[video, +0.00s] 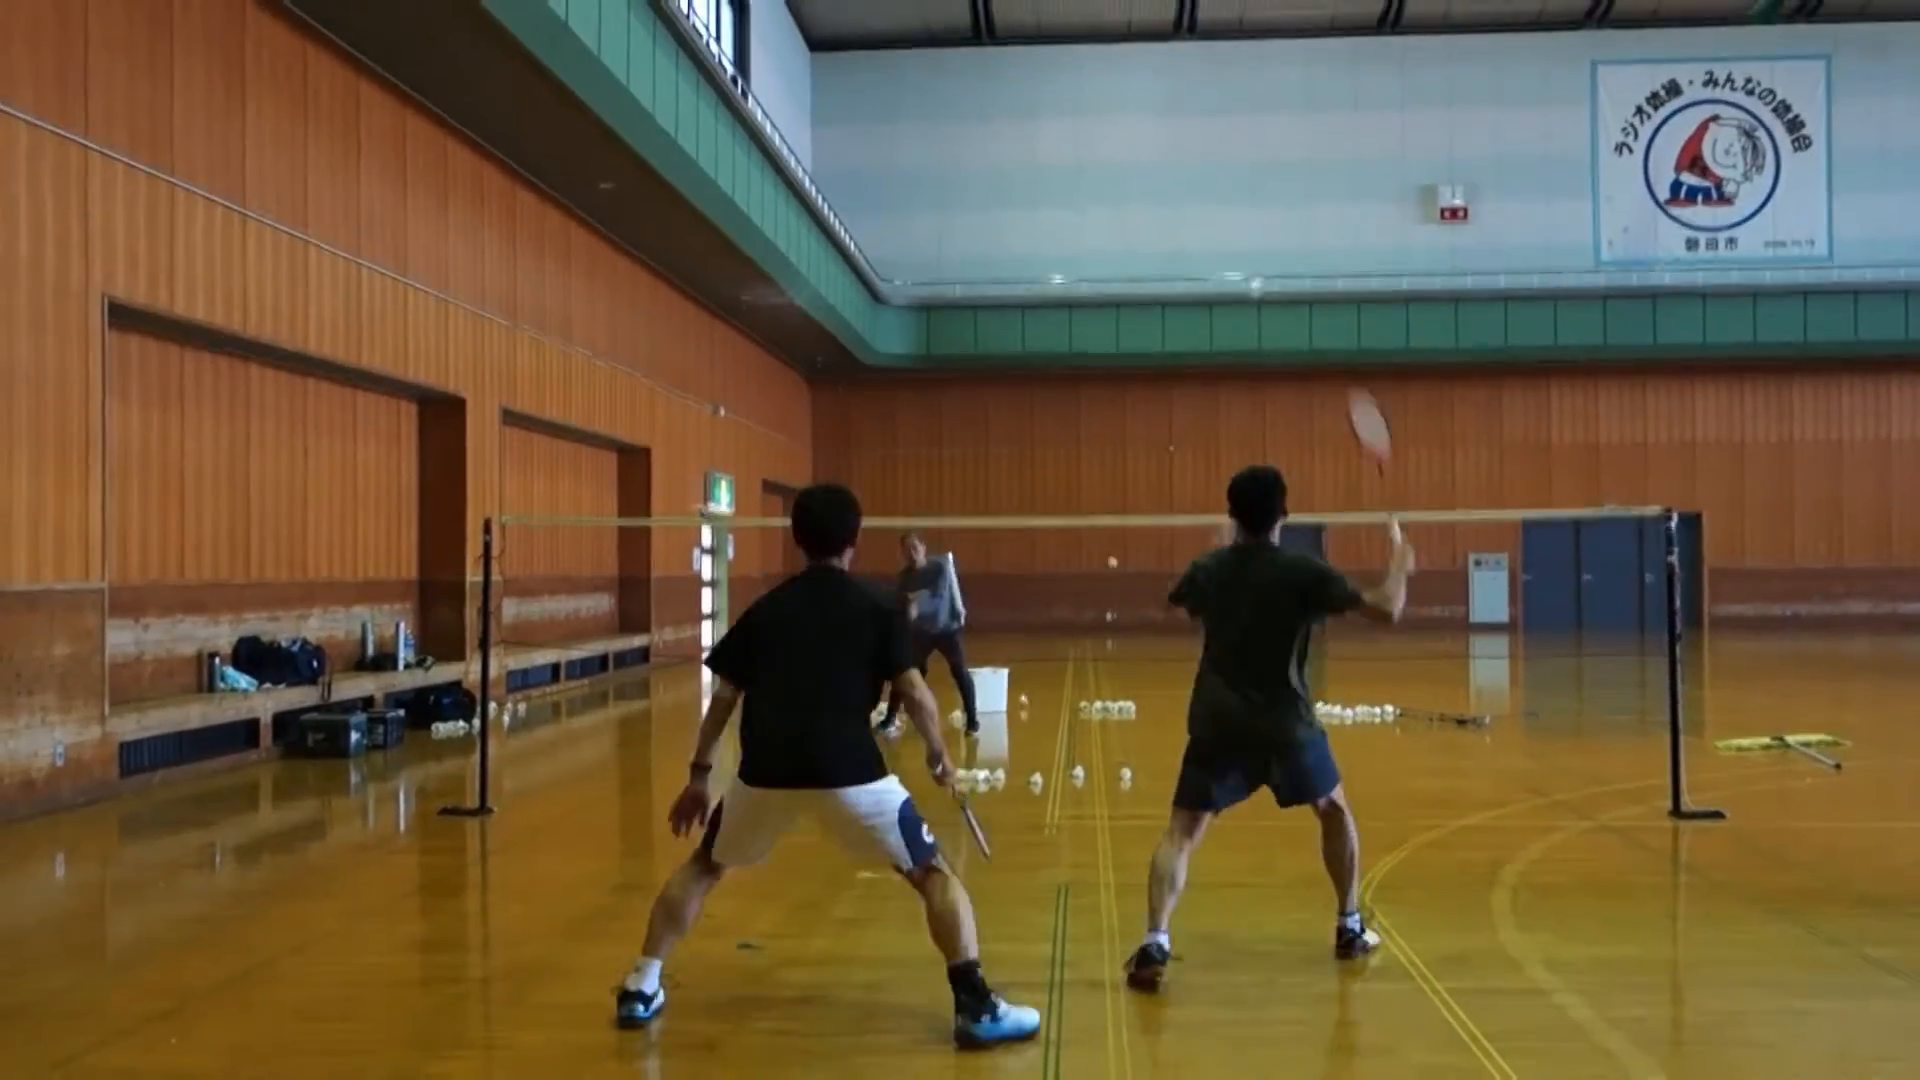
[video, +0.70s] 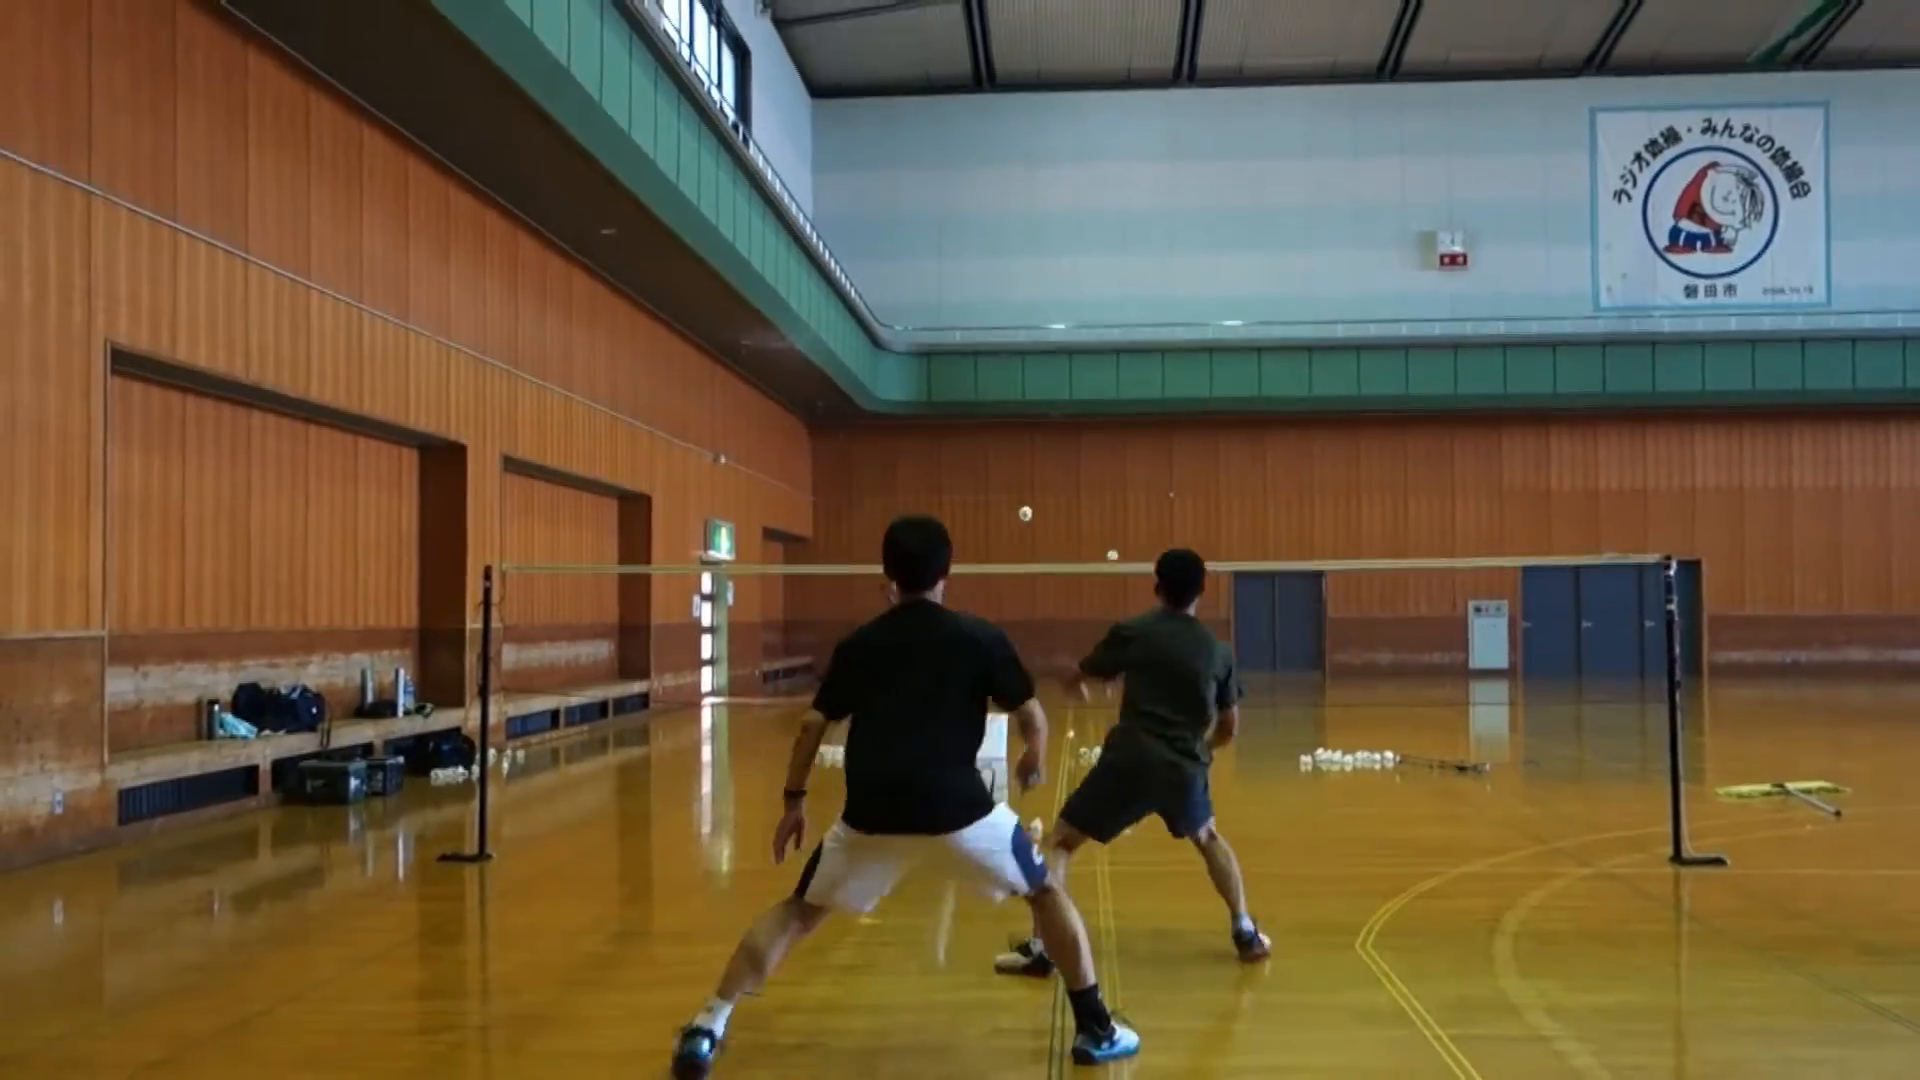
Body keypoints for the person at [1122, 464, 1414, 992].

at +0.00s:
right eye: (1281, 507)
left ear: (1232, 515)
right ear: (1282, 514)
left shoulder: (1210, 570)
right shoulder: (1302, 572)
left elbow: (1181, 604)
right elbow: (1387, 608)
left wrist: (1225, 562)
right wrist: (1400, 564)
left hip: (1216, 724)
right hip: (1285, 724)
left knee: (1181, 832)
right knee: (1333, 811)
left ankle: (1156, 940)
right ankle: (1349, 922)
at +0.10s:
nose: (1288, 499)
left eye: (1260, 495)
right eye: (1291, 492)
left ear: (1247, 503)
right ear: (1296, 500)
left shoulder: (1221, 562)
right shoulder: (1322, 553)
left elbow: (1168, 610)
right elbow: (1411, 546)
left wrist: (1214, 555)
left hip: (1239, 709)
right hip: (1307, 710)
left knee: (1189, 807)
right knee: (1352, 789)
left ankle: (1160, 904)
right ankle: (1370, 894)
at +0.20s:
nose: (1296, 509)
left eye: (1271, 508)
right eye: (1297, 503)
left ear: (1257, 520)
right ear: (1303, 511)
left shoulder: (1241, 580)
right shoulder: (1332, 547)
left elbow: (1213, 655)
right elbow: (1385, 505)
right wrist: (1406, 447)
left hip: (1257, 708)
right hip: (1322, 703)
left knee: (1197, 808)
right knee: (1365, 785)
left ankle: (1143, 915)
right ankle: (1398, 892)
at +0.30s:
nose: (1298, 531)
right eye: (1299, 523)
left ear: (1258, 538)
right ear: (1303, 530)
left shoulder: (1245, 604)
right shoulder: (1335, 571)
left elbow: (1244, 682)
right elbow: (1387, 561)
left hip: (1271, 730)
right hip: (1335, 724)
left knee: (1209, 817)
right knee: (1387, 798)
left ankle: (1157, 912)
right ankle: (1419, 899)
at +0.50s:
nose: (1218, 557)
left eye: (1217, 551)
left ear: (1219, 556)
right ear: (1263, 556)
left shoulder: (1199, 606)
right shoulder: (1291, 616)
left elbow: (1176, 671)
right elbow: (1315, 689)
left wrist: (1169, 695)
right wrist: (1325, 746)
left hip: (1206, 747)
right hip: (1269, 749)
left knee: (1144, 828)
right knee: (1318, 831)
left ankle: (1142, 917)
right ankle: (1375, 920)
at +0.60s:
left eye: (1190, 559)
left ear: (1187, 564)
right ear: (1232, 565)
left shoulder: (1158, 612)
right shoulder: (1253, 622)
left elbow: (1126, 669)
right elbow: (1268, 700)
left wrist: (1122, 703)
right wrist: (1263, 749)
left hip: (1165, 740)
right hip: (1227, 743)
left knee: (1107, 827)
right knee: (1262, 822)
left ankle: (1080, 921)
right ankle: (1278, 917)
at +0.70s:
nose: (1155, 587)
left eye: (1156, 581)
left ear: (1157, 587)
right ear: (1200, 591)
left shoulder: (1133, 633)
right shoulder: (1215, 649)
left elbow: (1084, 672)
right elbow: (1228, 726)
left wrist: (1074, 681)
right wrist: (1203, 745)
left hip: (1127, 760)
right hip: (1184, 767)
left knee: (1062, 843)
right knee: (1210, 839)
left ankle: (1042, 945)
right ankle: (1244, 927)